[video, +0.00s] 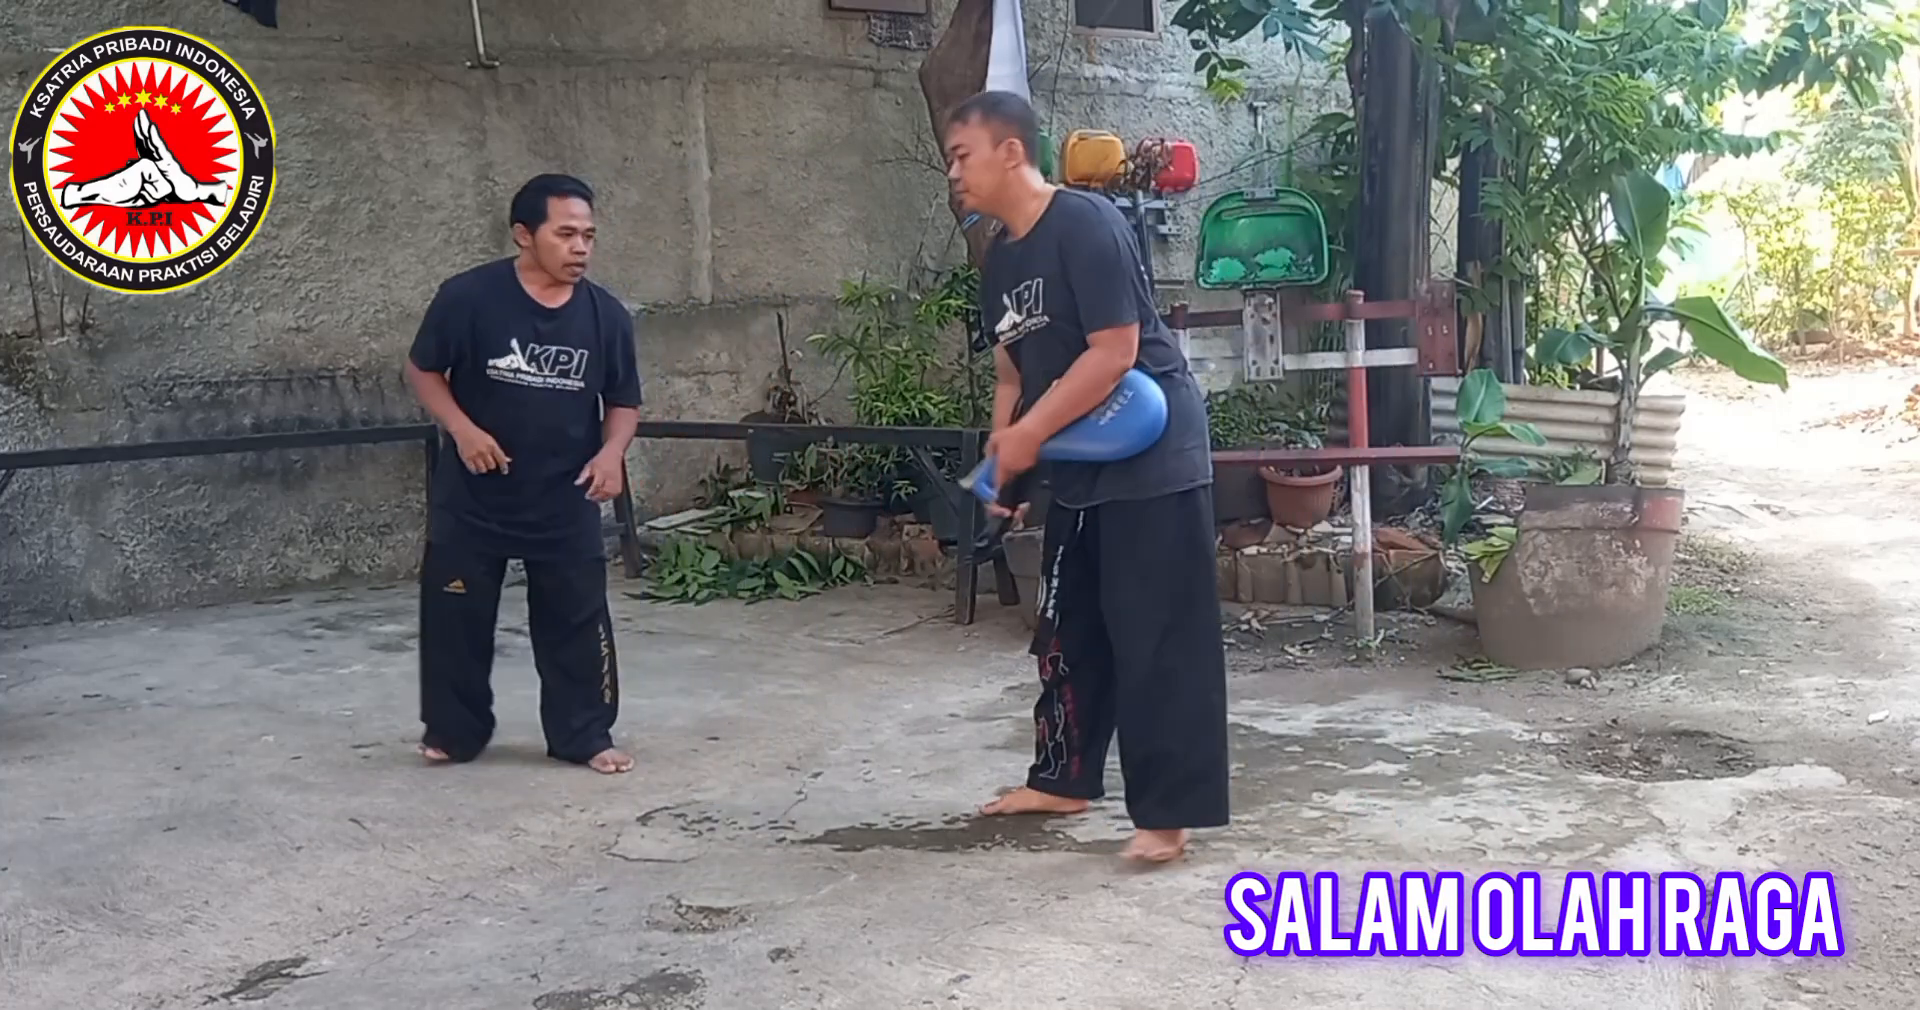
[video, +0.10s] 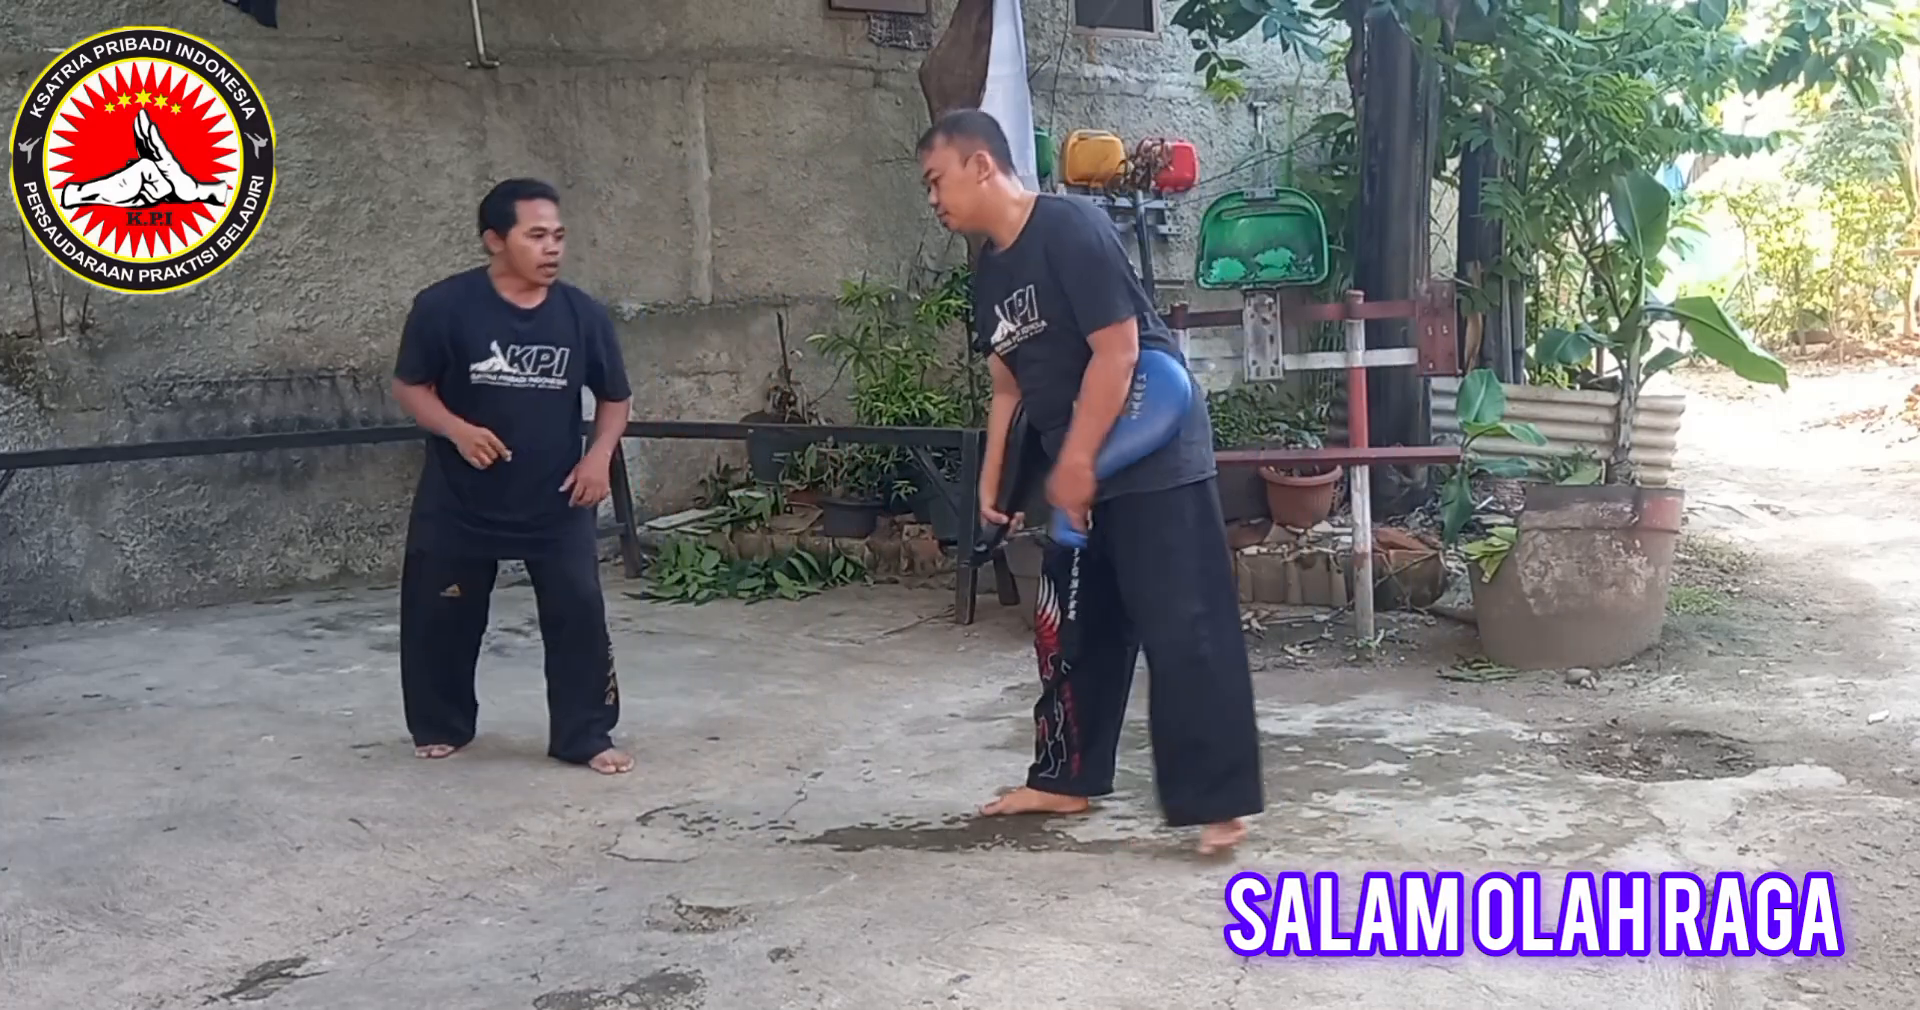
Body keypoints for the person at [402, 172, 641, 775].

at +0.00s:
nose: (582, 245)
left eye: (588, 234)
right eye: (568, 233)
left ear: (593, 236)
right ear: (525, 235)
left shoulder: (607, 315)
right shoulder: (466, 297)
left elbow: (624, 400)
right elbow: (422, 369)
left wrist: (614, 451)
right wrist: (461, 427)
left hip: (565, 499)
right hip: (472, 498)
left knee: (577, 621)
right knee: (456, 616)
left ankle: (584, 736)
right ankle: (454, 730)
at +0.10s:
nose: (554, 246)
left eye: (558, 233)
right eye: (538, 235)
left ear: (563, 237)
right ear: (495, 241)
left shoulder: (584, 315)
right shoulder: (441, 308)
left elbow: (615, 397)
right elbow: (409, 387)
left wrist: (600, 455)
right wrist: (455, 428)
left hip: (556, 502)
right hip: (461, 501)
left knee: (579, 614)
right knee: (440, 614)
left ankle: (585, 737)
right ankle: (440, 727)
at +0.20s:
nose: (532, 261)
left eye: (535, 250)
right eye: (516, 251)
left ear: (541, 255)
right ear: (474, 260)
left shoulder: (566, 332)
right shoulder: (426, 334)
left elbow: (605, 410)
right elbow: (389, 418)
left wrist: (596, 468)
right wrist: (451, 443)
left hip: (546, 513)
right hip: (452, 518)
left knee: (590, 604)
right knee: (437, 618)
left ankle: (594, 736)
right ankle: (442, 727)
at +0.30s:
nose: (527, 255)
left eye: (531, 244)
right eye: (510, 246)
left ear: (538, 250)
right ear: (469, 258)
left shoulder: (568, 326)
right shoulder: (427, 332)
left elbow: (601, 405)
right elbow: (398, 417)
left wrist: (595, 461)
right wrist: (460, 437)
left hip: (555, 508)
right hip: (460, 513)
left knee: (604, 606)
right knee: (443, 619)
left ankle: (627, 737)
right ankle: (441, 726)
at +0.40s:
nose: (544, 243)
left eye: (548, 232)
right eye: (527, 232)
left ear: (554, 239)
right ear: (486, 245)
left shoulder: (586, 317)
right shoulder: (441, 320)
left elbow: (620, 396)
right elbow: (415, 405)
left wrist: (613, 448)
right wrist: (476, 425)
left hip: (569, 507)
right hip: (477, 510)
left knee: (613, 616)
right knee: (454, 622)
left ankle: (656, 742)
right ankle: (442, 728)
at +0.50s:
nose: (583, 254)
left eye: (586, 244)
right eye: (567, 243)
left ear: (592, 252)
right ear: (525, 256)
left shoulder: (617, 332)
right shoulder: (477, 334)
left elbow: (664, 409)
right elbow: (449, 421)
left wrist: (667, 453)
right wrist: (514, 441)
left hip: (607, 517)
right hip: (511, 520)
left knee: (652, 619)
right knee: (473, 622)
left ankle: (665, 751)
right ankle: (456, 726)